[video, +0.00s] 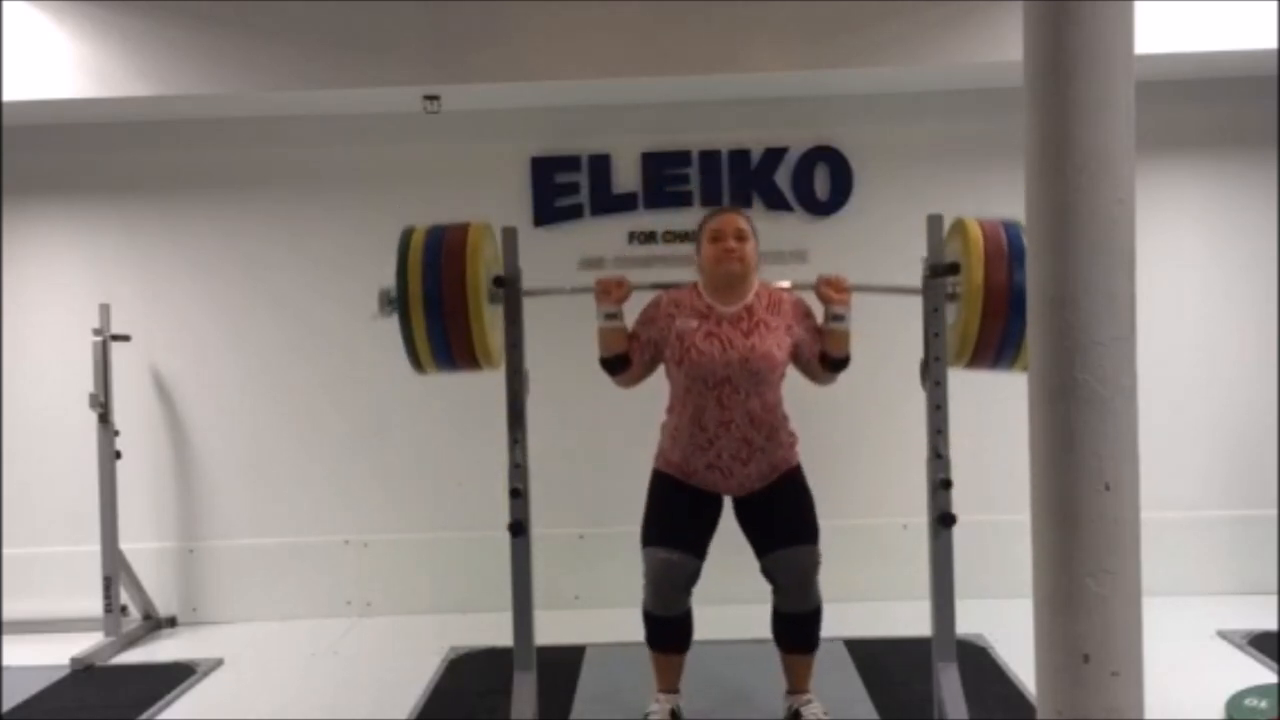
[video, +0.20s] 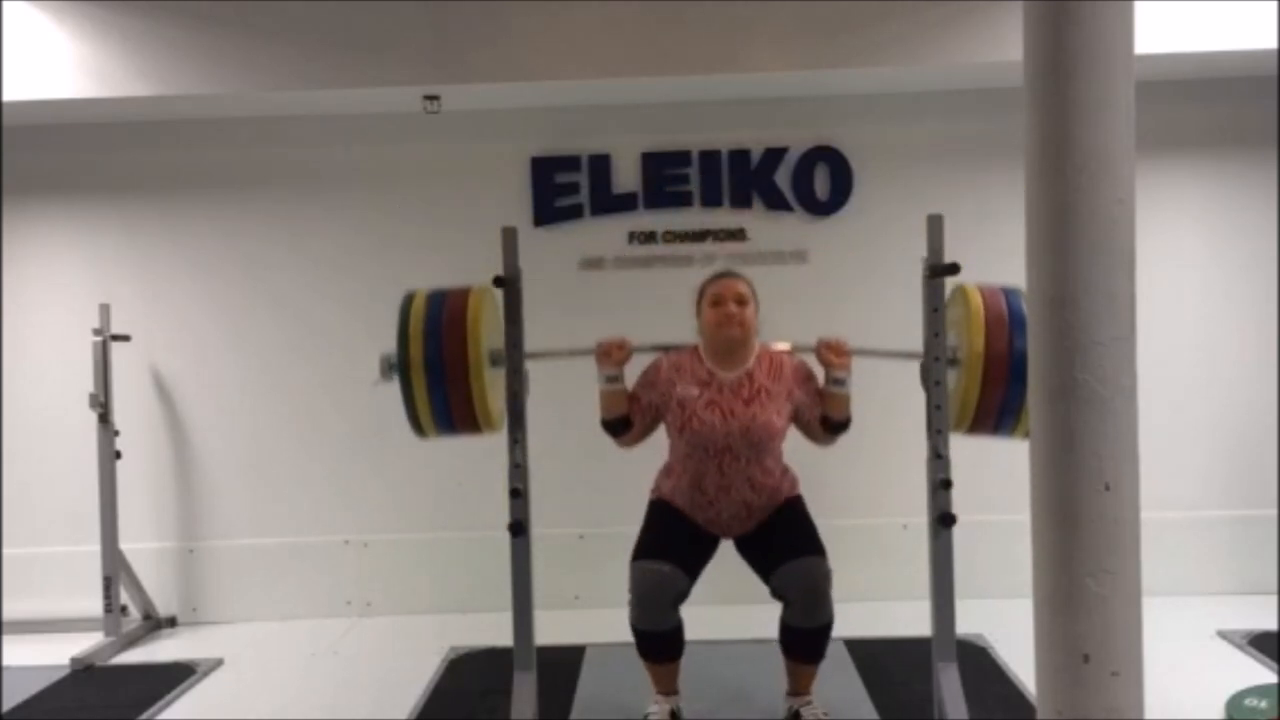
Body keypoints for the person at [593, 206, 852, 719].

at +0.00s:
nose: (728, 245)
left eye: (739, 237)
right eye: (716, 238)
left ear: (756, 252)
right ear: (698, 254)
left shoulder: (784, 307)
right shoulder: (671, 309)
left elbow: (825, 370)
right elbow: (625, 373)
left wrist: (837, 315)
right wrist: (610, 313)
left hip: (768, 464)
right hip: (686, 466)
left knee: (798, 577)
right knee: (665, 581)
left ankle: (801, 698)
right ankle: (665, 701)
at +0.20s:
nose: (729, 309)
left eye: (740, 301)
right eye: (717, 302)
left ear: (756, 316)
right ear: (699, 319)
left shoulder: (784, 370)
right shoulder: (671, 371)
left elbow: (826, 432)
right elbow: (625, 432)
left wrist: (838, 378)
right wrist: (611, 375)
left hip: (766, 500)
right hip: (685, 501)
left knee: (809, 586)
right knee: (651, 590)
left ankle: (801, 701)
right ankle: (665, 703)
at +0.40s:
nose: (731, 371)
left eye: (742, 363)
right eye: (718, 363)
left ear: (757, 376)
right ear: (700, 377)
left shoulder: (786, 428)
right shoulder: (671, 428)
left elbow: (829, 491)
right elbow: (627, 491)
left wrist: (840, 435)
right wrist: (612, 435)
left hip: (770, 553)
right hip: (686, 554)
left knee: (818, 603)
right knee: (644, 608)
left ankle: (801, 703)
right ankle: (666, 705)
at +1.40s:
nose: (730, 295)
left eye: (740, 288)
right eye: (717, 288)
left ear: (756, 303)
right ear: (697, 305)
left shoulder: (782, 355)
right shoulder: (668, 358)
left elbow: (827, 419)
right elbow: (623, 422)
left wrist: (838, 362)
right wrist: (608, 363)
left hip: (769, 489)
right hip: (687, 491)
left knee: (802, 585)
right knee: (653, 584)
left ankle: (800, 701)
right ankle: (664, 702)